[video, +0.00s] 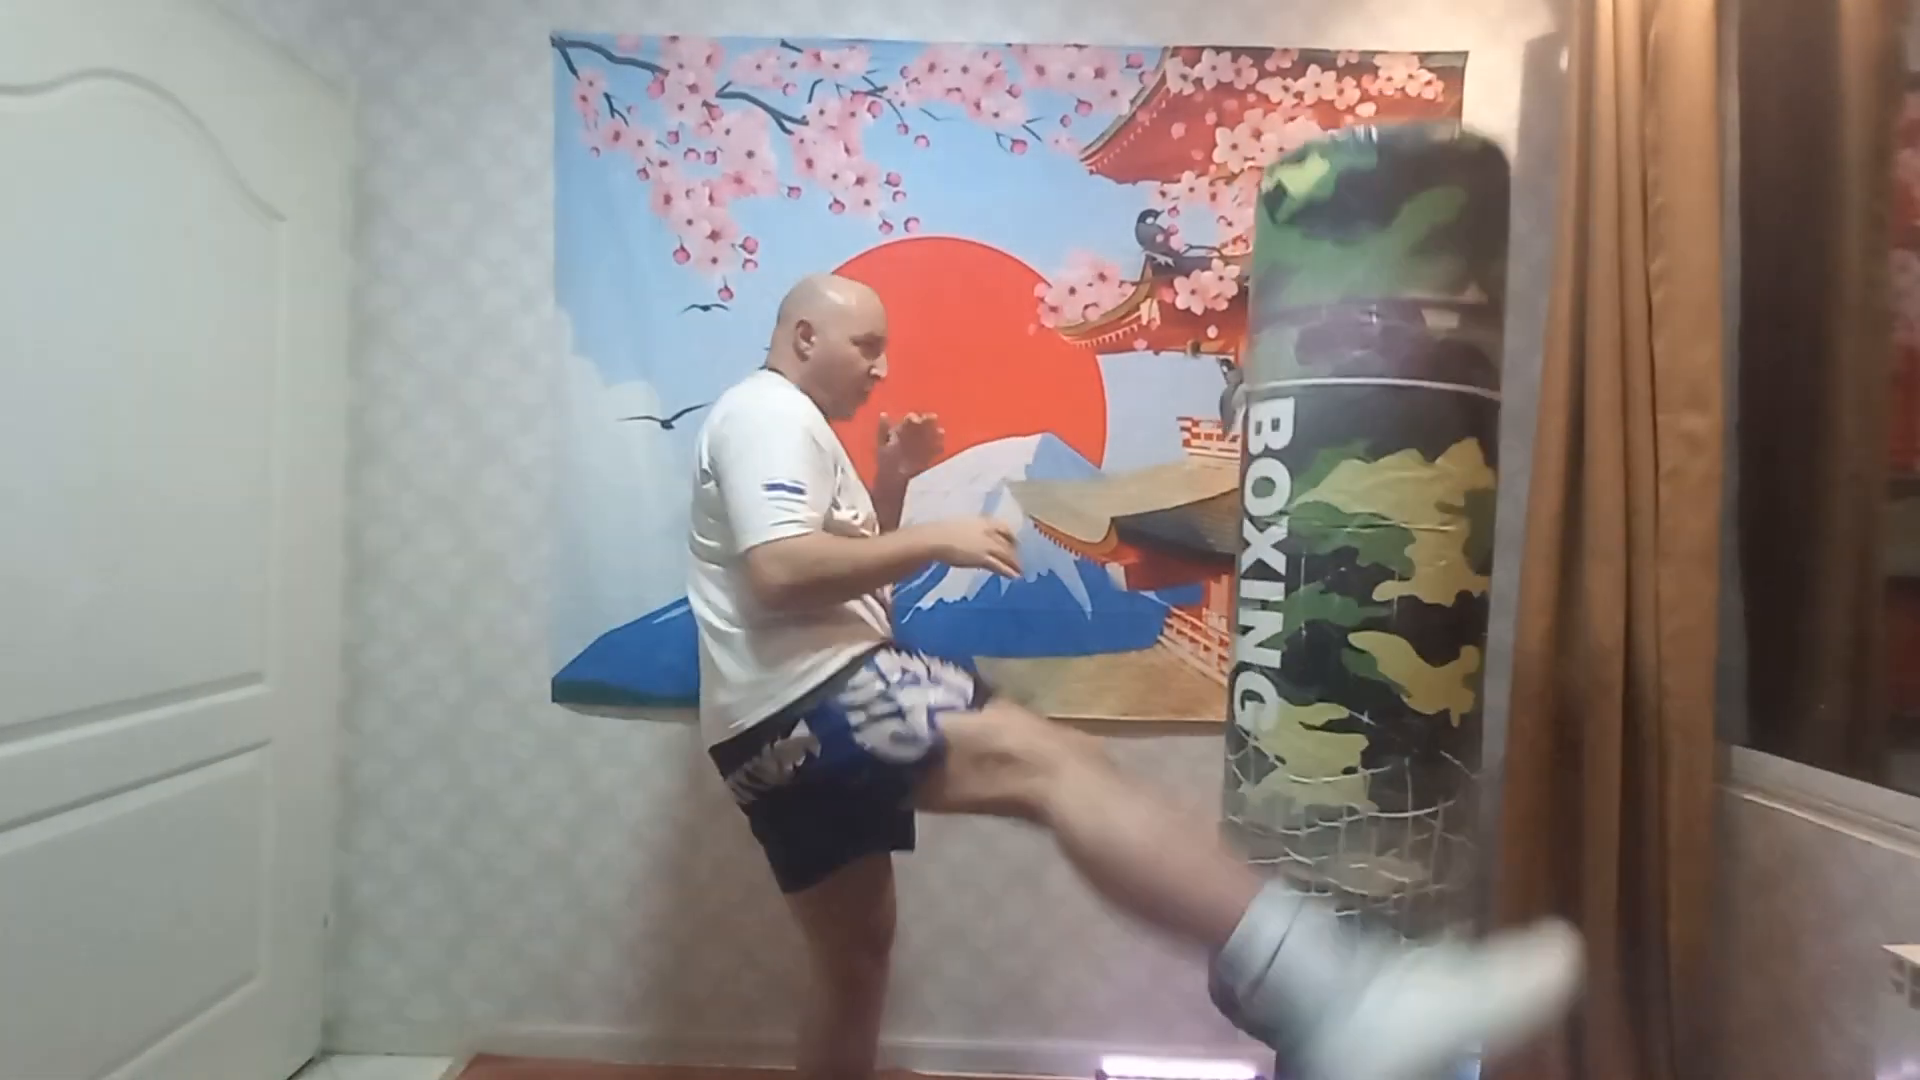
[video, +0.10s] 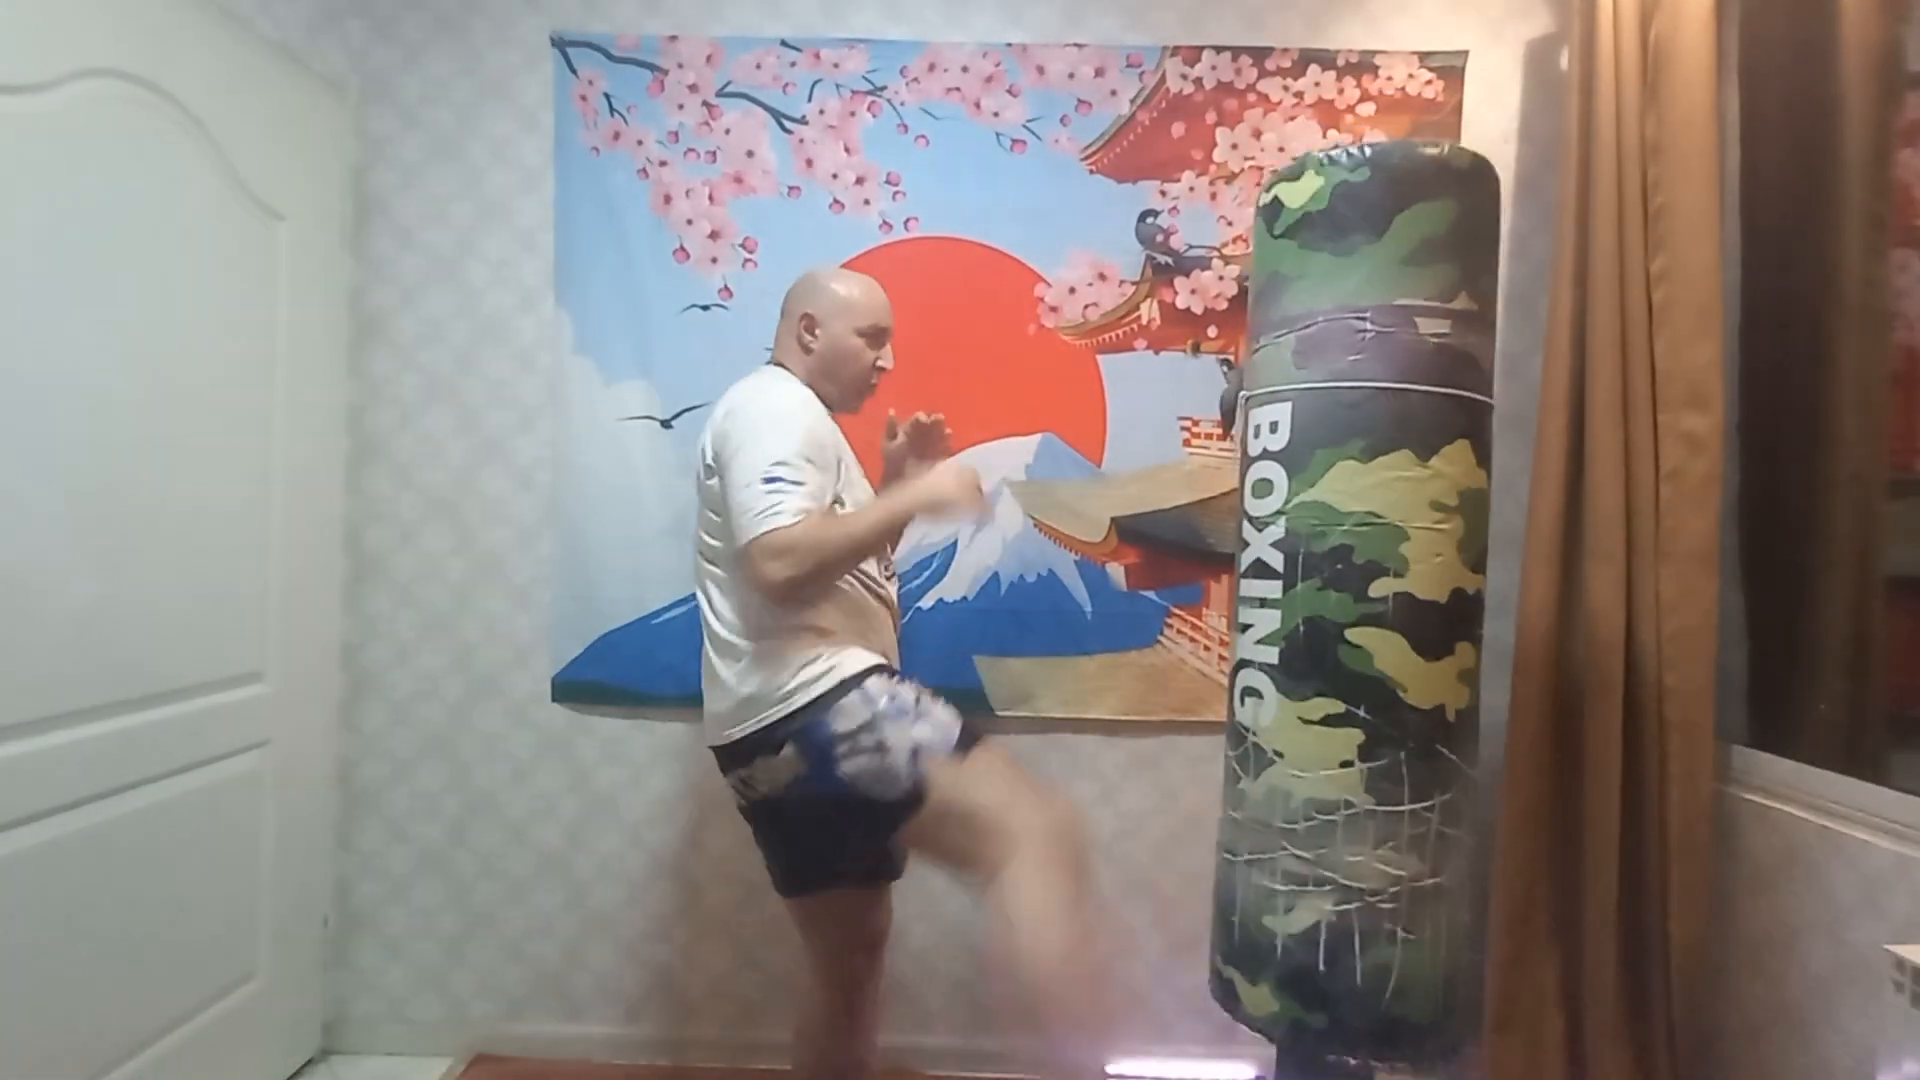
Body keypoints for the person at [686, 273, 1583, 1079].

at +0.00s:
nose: (877, 370)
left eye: (879, 354)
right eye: (863, 348)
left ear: (809, 343)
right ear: (798, 336)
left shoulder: (787, 429)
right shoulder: (768, 411)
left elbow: (816, 576)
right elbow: (777, 569)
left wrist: (887, 505)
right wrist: (933, 541)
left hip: (780, 719)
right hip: (811, 695)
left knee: (850, 971)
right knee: (1057, 763)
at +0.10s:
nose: (885, 358)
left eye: (887, 341)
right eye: (871, 337)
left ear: (808, 337)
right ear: (807, 332)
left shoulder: (799, 421)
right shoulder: (772, 405)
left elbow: (837, 567)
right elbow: (777, 560)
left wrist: (895, 486)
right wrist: (910, 500)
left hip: (769, 729)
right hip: (820, 701)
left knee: (846, 961)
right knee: (1032, 832)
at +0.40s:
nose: (888, 333)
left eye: (889, 315)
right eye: (868, 310)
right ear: (797, 311)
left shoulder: (859, 431)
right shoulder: (744, 391)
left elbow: (923, 569)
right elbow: (918, 449)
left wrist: (914, 473)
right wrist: (1102, 380)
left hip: (867, 769)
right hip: (747, 781)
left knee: (907, 965)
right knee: (705, 1039)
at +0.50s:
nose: (906, 323)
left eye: (907, 304)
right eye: (886, 301)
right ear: (810, 301)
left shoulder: (899, 426)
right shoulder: (724, 403)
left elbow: (1006, 504)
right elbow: (789, 539)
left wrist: (1002, 407)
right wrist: (980, 463)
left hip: (872, 772)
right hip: (738, 784)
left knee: (948, 955)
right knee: (688, 1050)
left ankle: (912, 1078)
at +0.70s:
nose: (971, 329)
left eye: (971, 309)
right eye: (951, 306)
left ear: (894, 314)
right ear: (877, 310)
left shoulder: (973, 420)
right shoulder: (765, 414)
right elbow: (756, 579)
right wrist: (925, 502)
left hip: (911, 799)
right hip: (768, 813)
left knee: (977, 1019)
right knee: (721, 1057)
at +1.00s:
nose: (1111, 305)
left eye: (1104, 292)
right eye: (1094, 292)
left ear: (1015, 316)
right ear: (1052, 307)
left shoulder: (952, 390)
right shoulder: (1072, 363)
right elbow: (1257, 388)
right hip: (941, 731)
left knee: (1008, 988)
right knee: (848, 1028)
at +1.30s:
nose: (1091, 338)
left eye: (1090, 320)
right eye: (1075, 319)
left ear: (1013, 321)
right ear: (1013, 317)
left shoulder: (998, 399)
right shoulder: (970, 389)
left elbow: (1060, 547)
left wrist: (1099, 426)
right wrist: (1121, 422)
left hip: (989, 744)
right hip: (939, 748)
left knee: (1031, 972)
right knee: (929, 1019)